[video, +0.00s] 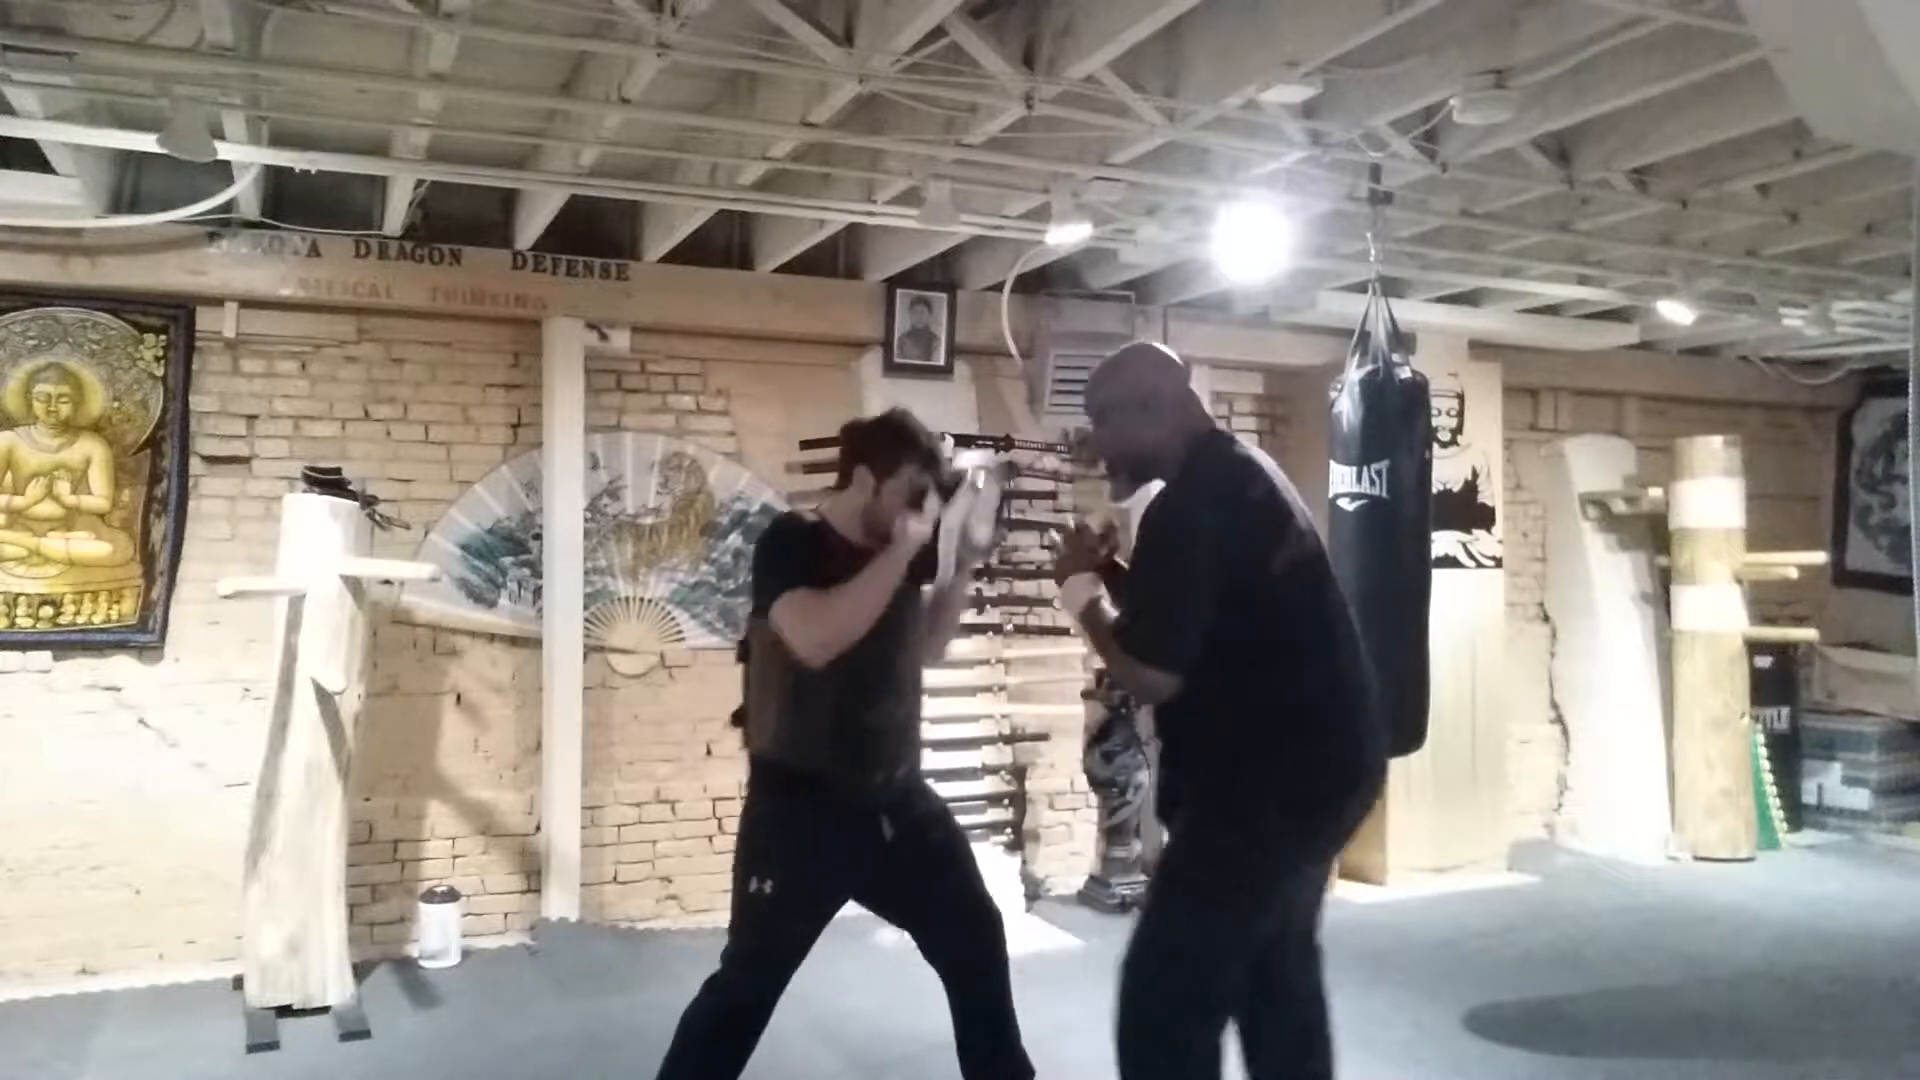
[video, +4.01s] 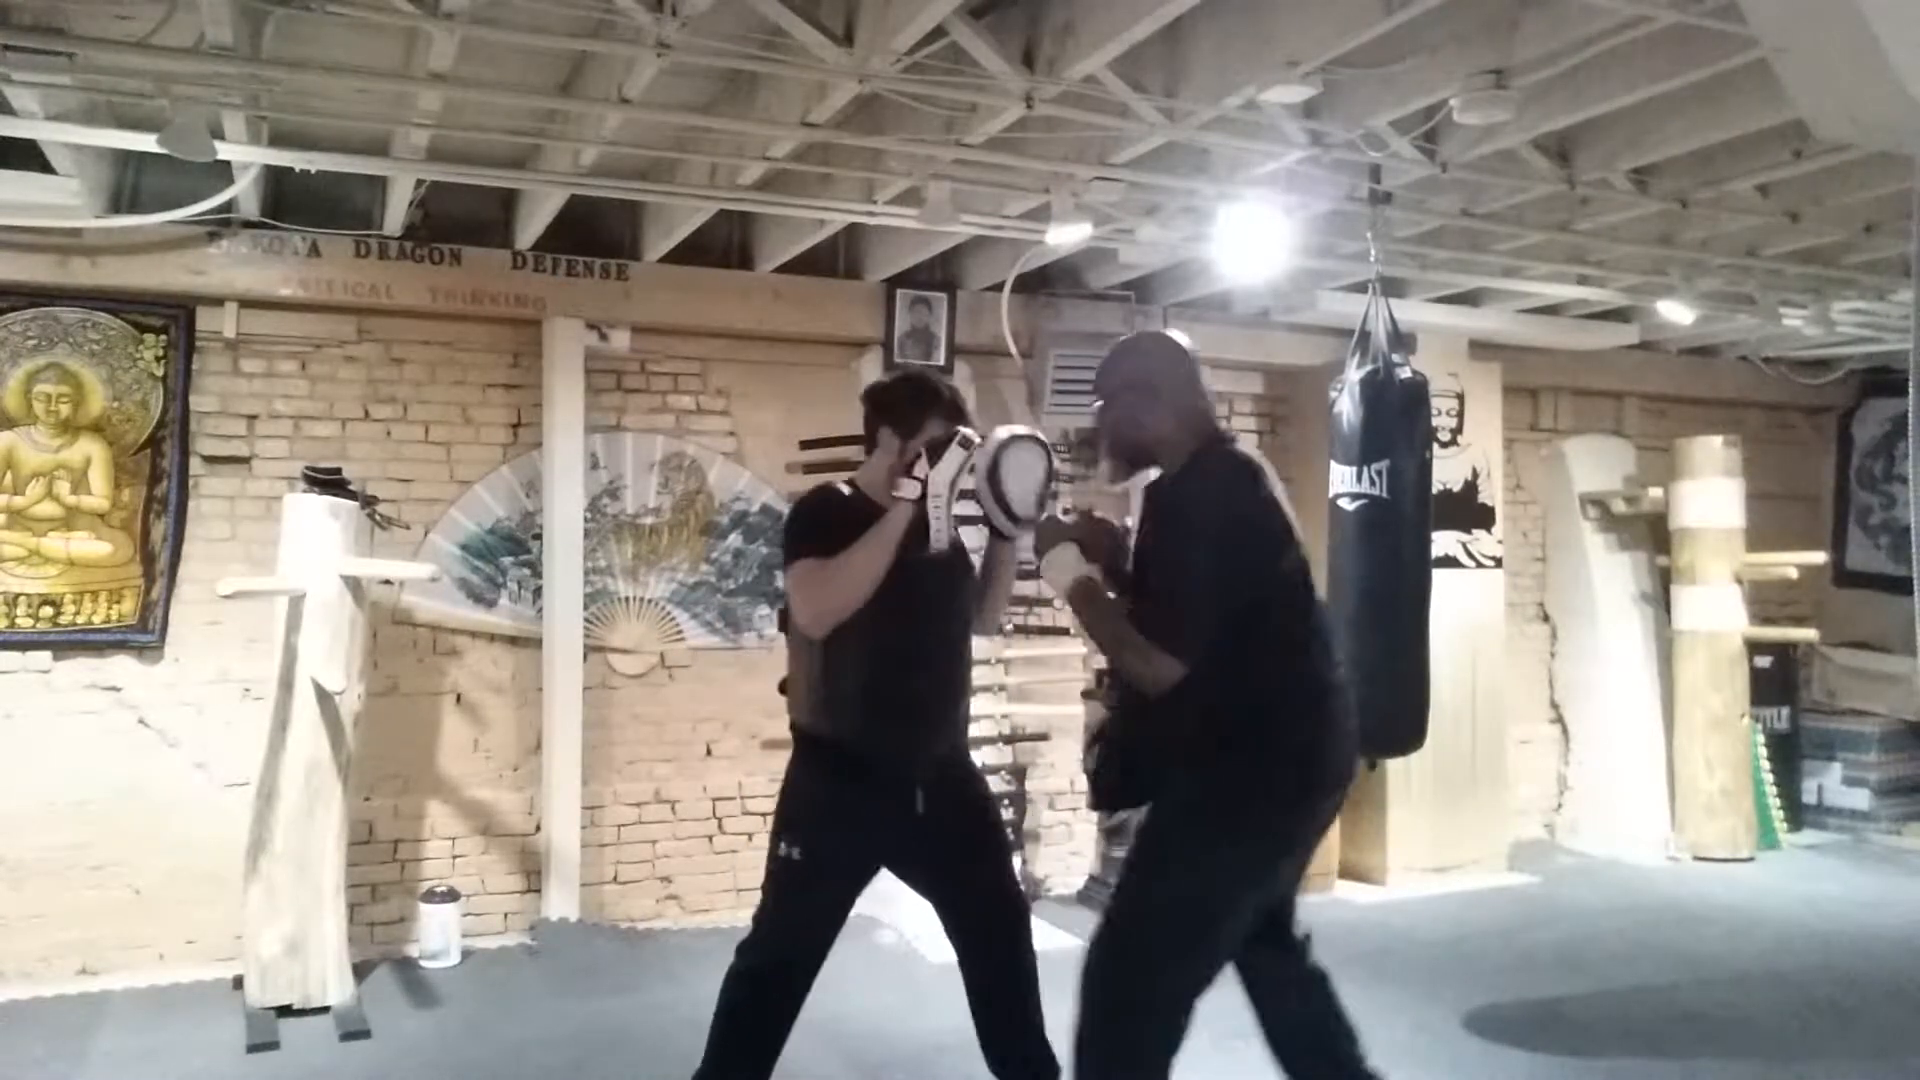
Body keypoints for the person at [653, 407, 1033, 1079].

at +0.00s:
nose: (918, 518)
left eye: (926, 506)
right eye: (911, 499)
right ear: (861, 477)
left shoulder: (897, 558)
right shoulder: (788, 542)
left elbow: (925, 646)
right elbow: (813, 640)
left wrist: (960, 568)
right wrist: (901, 553)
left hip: (895, 804)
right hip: (799, 811)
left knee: (975, 950)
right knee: (746, 988)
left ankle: (1003, 1077)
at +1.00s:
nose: (925, 459)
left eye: (926, 444)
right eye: (912, 444)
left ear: (905, 450)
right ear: (860, 444)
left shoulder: (927, 531)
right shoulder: (799, 524)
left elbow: (965, 622)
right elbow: (784, 632)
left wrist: (999, 549)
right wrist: (883, 546)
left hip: (928, 789)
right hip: (824, 788)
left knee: (970, 962)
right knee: (763, 960)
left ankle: (988, 1077)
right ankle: (707, 1079)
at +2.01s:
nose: (946, 475)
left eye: (954, 460)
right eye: (933, 457)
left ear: (961, 465)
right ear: (883, 453)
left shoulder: (954, 544)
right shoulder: (833, 530)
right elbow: (816, 626)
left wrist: (1014, 557)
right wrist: (913, 522)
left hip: (949, 793)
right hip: (848, 797)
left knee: (1025, 937)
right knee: (792, 972)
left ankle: (1036, 1077)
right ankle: (730, 1079)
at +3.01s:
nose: (908, 472)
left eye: (909, 458)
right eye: (890, 458)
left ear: (910, 461)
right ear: (838, 465)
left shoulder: (922, 539)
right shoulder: (785, 551)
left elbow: (947, 653)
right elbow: (732, 673)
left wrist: (982, 566)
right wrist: (791, 572)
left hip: (942, 798)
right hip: (835, 807)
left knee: (1021, 937)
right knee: (783, 979)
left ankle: (1042, 1078)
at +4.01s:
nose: (937, 461)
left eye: (948, 448)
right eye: (929, 443)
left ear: (949, 455)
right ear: (883, 437)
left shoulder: (945, 524)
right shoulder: (823, 511)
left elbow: (985, 615)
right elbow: (812, 612)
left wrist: (1007, 525)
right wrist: (904, 509)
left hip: (939, 777)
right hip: (837, 778)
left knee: (1000, 939)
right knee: (777, 960)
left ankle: (1029, 1074)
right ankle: (722, 1079)